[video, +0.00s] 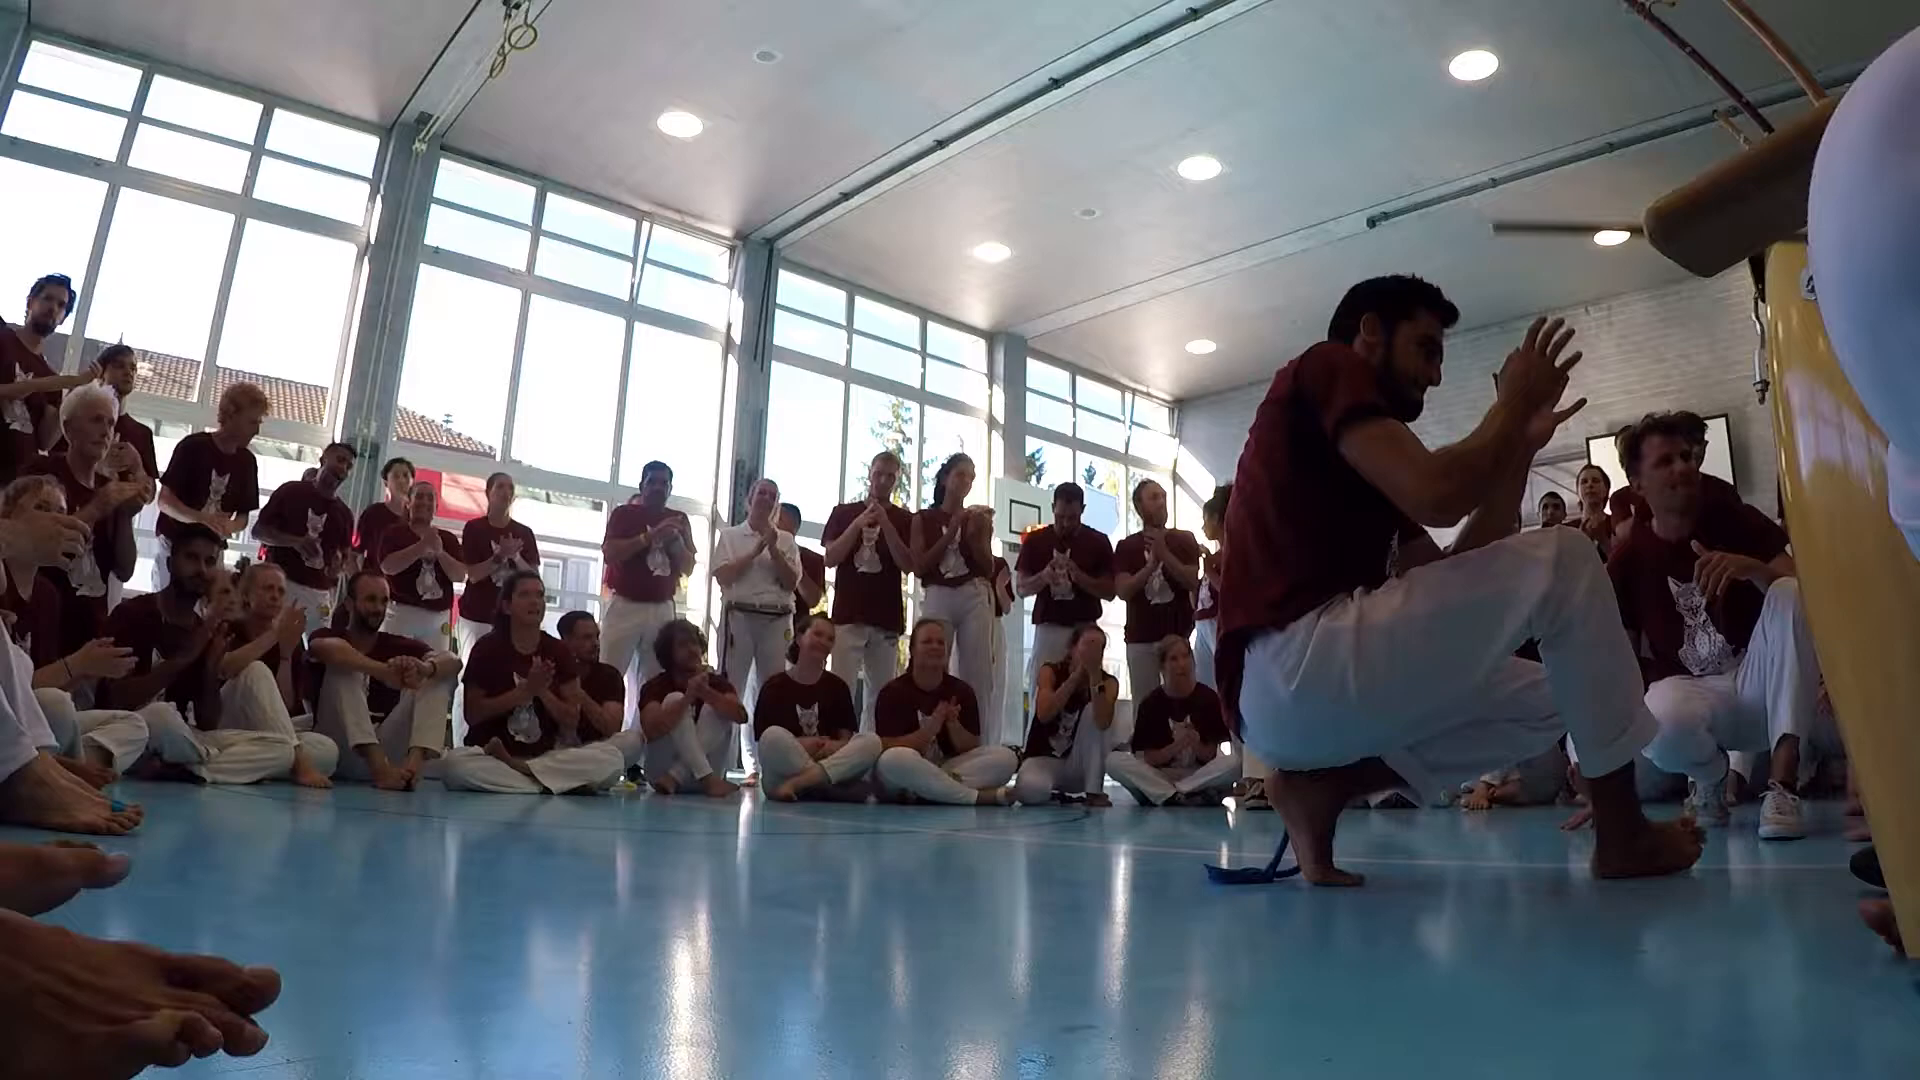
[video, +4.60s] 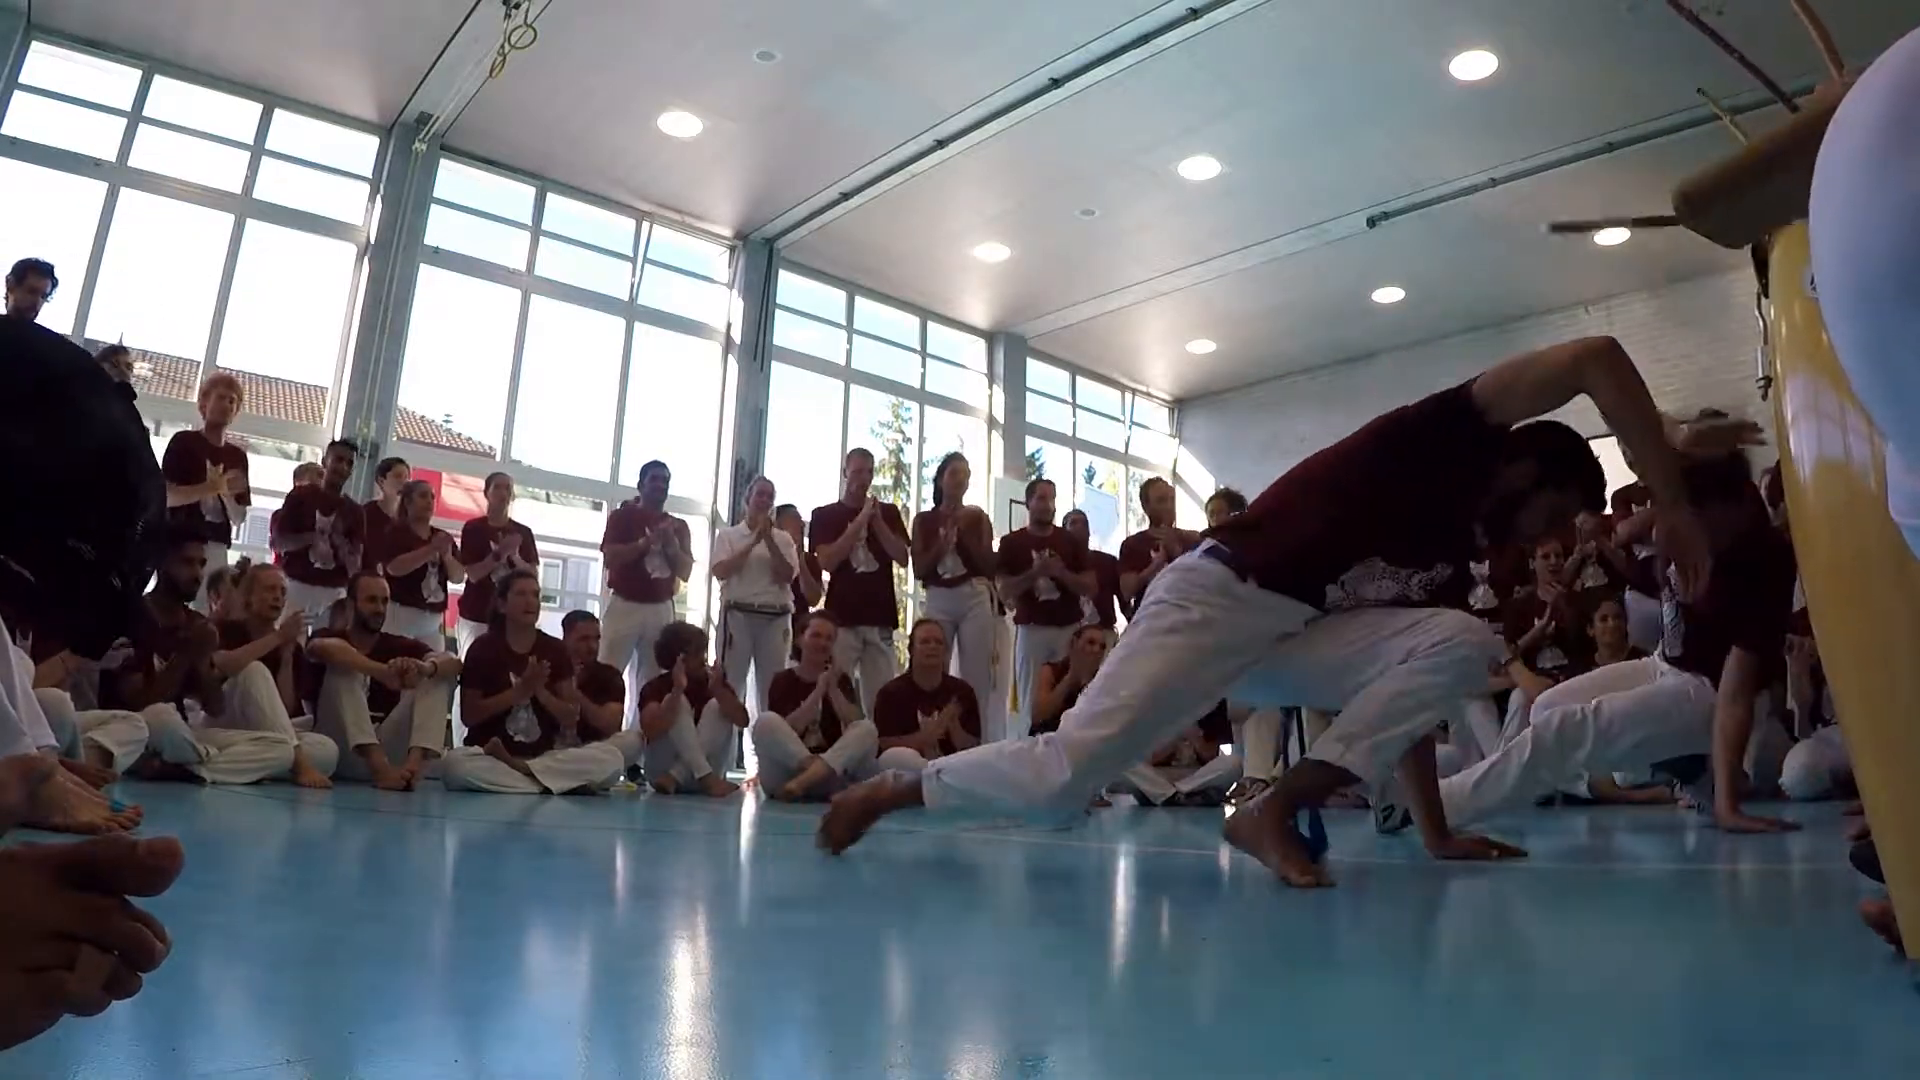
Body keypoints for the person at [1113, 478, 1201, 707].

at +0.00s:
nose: (1162, 501)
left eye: (1164, 496)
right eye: (1154, 497)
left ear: (1167, 501)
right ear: (1139, 506)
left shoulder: (1185, 540)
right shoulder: (1127, 546)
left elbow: (1191, 582)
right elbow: (1123, 591)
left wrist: (1164, 553)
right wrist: (1150, 565)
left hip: (1179, 636)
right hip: (1141, 639)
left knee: (1182, 704)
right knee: (1144, 708)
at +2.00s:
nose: (1150, 515)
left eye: (1154, 508)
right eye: (1142, 509)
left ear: (1161, 507)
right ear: (1131, 512)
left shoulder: (1183, 540)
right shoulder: (1124, 546)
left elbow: (1197, 582)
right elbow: (1125, 583)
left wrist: (1179, 549)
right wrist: (1142, 540)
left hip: (1179, 631)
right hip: (1141, 633)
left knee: (1185, 694)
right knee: (1145, 700)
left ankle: (1189, 753)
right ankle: (1145, 758)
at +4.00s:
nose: (1161, 504)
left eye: (1163, 498)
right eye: (1153, 498)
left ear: (1167, 502)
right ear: (1138, 505)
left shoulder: (1183, 540)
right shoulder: (1126, 544)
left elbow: (1194, 582)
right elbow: (1122, 591)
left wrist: (1176, 554)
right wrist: (1145, 562)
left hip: (1179, 634)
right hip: (1140, 637)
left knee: (1183, 702)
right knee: (1143, 704)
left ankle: (1187, 761)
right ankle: (1141, 762)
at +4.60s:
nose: (1170, 506)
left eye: (1172, 500)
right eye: (1161, 500)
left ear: (1176, 502)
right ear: (1145, 507)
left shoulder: (1193, 539)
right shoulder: (1133, 545)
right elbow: (1127, 590)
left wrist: (1177, 552)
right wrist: (1155, 565)